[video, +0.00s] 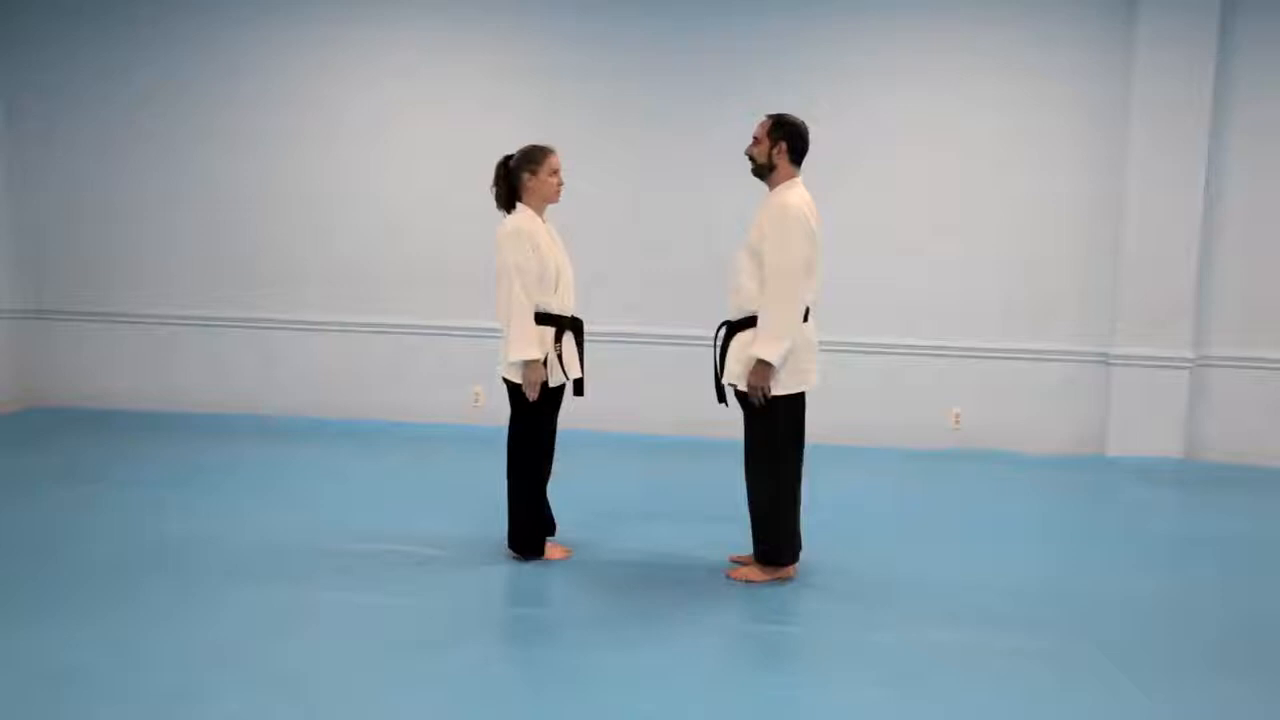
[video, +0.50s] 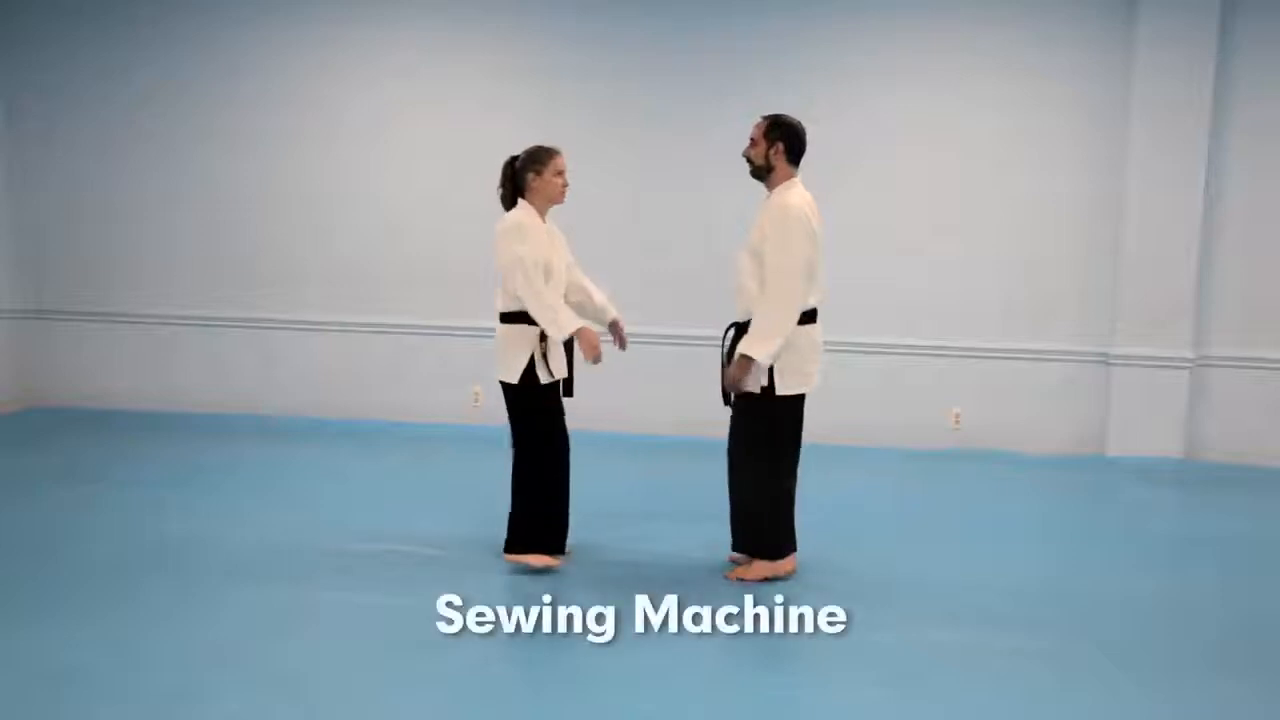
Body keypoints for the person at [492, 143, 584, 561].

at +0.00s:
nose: (561, 181)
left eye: (560, 173)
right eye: (553, 174)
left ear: (540, 180)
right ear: (529, 179)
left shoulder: (542, 227)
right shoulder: (517, 229)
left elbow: (549, 295)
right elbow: (518, 298)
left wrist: (559, 354)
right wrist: (530, 359)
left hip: (552, 351)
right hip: (534, 354)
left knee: (539, 451)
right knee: (529, 453)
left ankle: (534, 533)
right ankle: (526, 541)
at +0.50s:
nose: (566, 183)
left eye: (566, 175)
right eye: (558, 175)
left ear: (547, 181)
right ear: (532, 180)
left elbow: (573, 281)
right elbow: (530, 291)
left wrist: (607, 314)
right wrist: (577, 328)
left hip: (547, 351)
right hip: (523, 352)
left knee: (548, 447)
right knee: (540, 447)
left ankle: (544, 542)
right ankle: (524, 545)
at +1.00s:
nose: (552, 183)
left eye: (552, 175)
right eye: (545, 175)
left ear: (524, 182)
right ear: (518, 180)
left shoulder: (527, 226)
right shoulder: (512, 228)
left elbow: (558, 280)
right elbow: (546, 285)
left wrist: (594, 319)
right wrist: (593, 322)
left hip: (541, 352)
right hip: (526, 354)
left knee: (536, 452)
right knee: (522, 457)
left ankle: (529, 537)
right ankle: (513, 561)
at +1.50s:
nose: (549, 184)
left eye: (548, 176)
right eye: (542, 177)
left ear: (520, 183)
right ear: (515, 181)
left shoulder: (525, 228)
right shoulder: (506, 230)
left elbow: (560, 278)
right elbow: (541, 289)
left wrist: (596, 314)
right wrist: (591, 323)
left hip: (544, 353)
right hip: (525, 355)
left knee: (541, 453)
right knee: (521, 457)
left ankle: (534, 536)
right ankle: (511, 562)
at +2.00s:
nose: (553, 185)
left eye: (553, 177)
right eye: (546, 177)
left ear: (525, 183)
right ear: (519, 182)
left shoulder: (528, 228)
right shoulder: (511, 230)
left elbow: (562, 279)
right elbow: (544, 289)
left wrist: (598, 316)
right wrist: (594, 324)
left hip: (545, 352)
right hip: (526, 354)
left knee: (542, 452)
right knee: (521, 457)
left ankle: (534, 537)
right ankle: (510, 562)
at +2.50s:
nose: (568, 187)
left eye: (567, 180)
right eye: (561, 180)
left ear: (538, 183)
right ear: (536, 182)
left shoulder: (536, 228)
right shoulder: (521, 229)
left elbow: (570, 281)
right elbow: (549, 293)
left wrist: (603, 317)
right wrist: (595, 327)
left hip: (534, 353)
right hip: (519, 355)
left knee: (549, 452)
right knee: (542, 455)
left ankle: (537, 539)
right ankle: (518, 556)